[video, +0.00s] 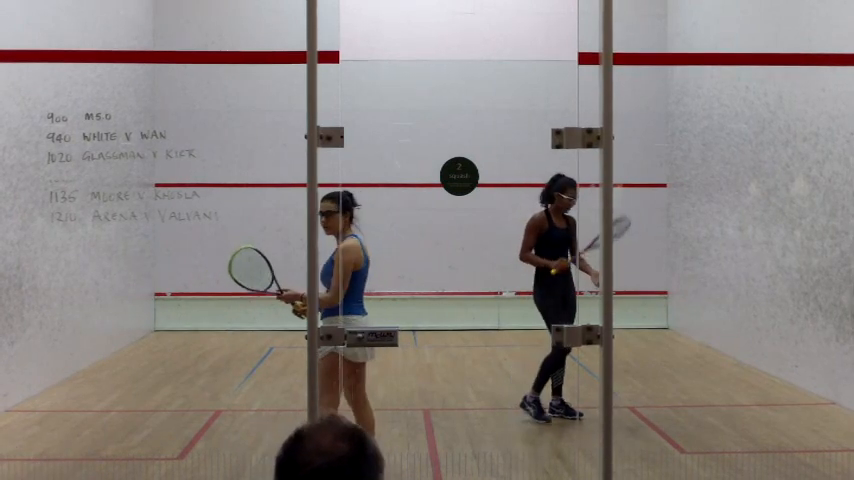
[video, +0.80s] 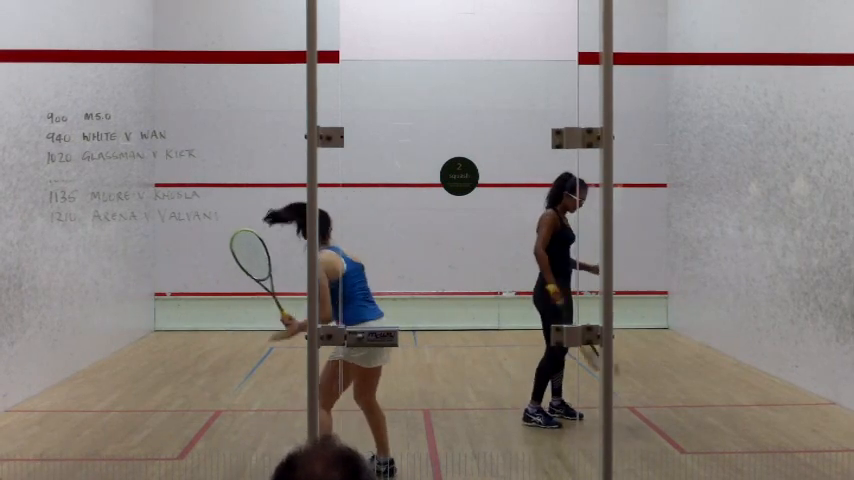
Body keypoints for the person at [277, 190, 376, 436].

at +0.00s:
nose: (323, 220)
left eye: (329, 214)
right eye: (321, 214)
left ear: (347, 215)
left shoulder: (347, 248)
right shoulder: (352, 245)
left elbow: (335, 297)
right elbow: (337, 296)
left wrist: (299, 296)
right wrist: (310, 307)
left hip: (340, 327)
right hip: (354, 326)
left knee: (327, 397)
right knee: (356, 394)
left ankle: (323, 456)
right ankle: (368, 454)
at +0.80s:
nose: (303, 239)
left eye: (303, 233)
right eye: (304, 233)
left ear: (307, 235)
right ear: (328, 230)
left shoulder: (321, 261)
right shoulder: (349, 256)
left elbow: (325, 314)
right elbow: (351, 308)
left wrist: (298, 326)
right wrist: (311, 324)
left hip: (358, 337)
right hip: (379, 333)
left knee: (321, 400)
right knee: (366, 396)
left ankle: (325, 463)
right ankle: (385, 460)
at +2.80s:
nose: (330, 246)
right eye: (328, 243)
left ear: (299, 253)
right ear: (326, 245)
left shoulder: (305, 275)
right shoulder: (349, 264)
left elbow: (317, 321)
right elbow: (347, 317)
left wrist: (325, 355)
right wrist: (305, 341)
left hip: (352, 332)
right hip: (385, 328)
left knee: (323, 402)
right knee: (373, 395)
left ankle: (329, 463)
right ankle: (382, 462)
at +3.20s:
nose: (308, 246)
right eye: (305, 242)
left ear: (274, 255)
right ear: (302, 247)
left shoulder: (284, 281)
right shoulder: (328, 270)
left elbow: (295, 330)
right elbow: (309, 323)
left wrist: (307, 365)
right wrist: (268, 339)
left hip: (329, 345)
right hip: (361, 340)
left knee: (299, 409)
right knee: (362, 399)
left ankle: (317, 462)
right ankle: (381, 460)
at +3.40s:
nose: (287, 240)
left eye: (286, 236)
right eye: (285, 237)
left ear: (257, 248)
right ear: (280, 240)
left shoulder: (264, 273)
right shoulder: (299, 263)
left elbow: (263, 324)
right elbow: (280, 320)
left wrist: (267, 367)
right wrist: (240, 333)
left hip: (312, 338)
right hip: (337, 333)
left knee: (293, 412)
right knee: (319, 400)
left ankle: (315, 462)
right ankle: (347, 446)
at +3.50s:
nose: (275, 237)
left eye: (274, 234)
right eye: (273, 234)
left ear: (245, 245)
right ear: (269, 238)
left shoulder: (252, 270)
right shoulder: (291, 261)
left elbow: (243, 322)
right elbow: (273, 317)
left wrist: (241, 369)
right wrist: (232, 333)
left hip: (301, 338)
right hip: (323, 332)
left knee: (289, 415)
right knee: (294, 411)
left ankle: (315, 467)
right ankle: (317, 463)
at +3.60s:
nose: (261, 237)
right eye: (259, 234)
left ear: (231, 245)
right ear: (256, 238)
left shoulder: (237, 270)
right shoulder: (276, 264)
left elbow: (224, 321)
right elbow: (264, 320)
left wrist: (214, 364)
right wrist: (224, 336)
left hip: (287, 340)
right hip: (303, 335)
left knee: (283, 418)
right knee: (263, 400)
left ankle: (319, 468)